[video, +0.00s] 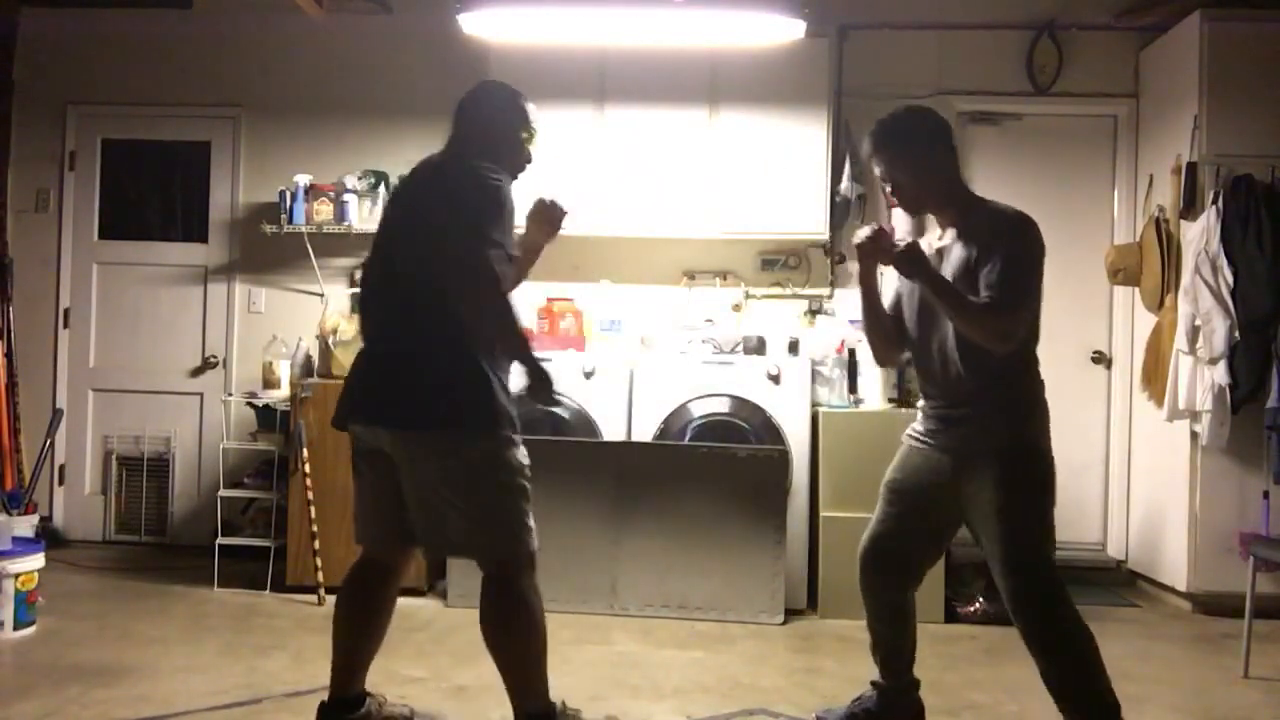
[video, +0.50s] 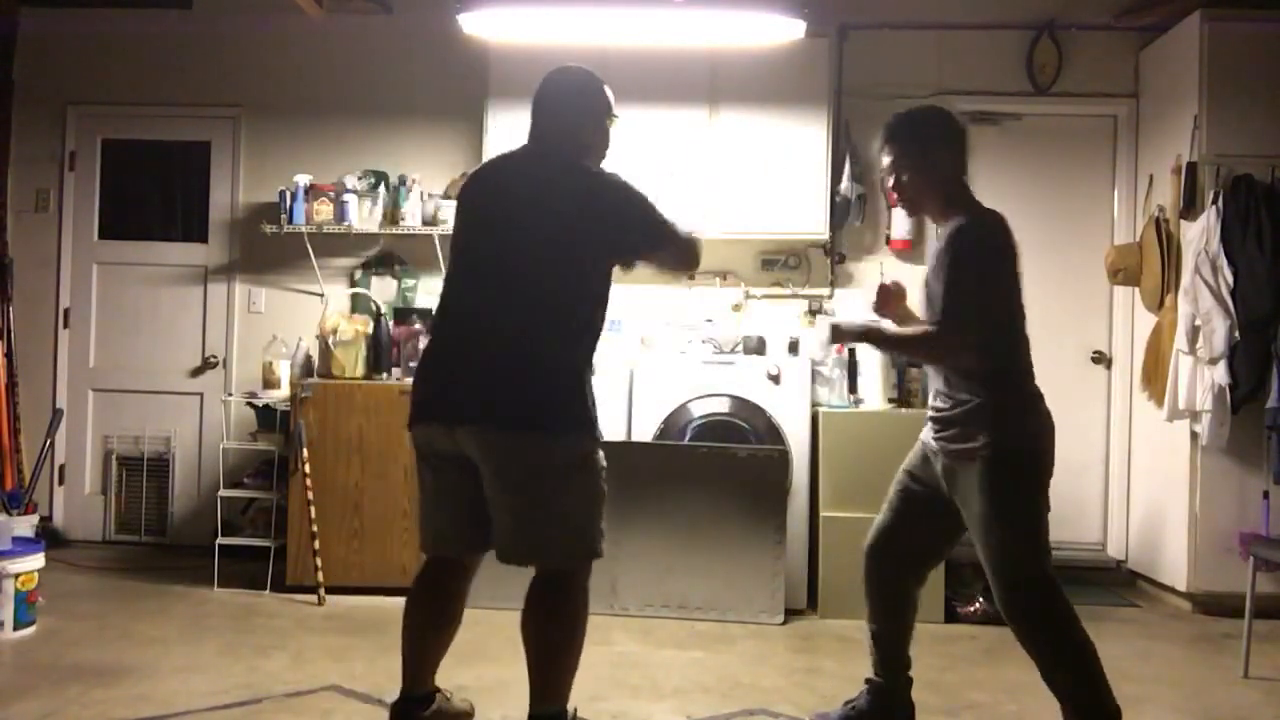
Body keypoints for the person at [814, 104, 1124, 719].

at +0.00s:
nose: (886, 191)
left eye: (893, 175)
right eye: (881, 178)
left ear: (934, 162)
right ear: (920, 171)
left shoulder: (1011, 232)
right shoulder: (916, 252)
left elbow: (1003, 333)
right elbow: (888, 350)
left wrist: (915, 268)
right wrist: (867, 275)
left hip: (1004, 439)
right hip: (933, 435)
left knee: (1032, 597)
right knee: (882, 563)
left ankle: (1100, 716)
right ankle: (896, 695)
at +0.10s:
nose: (893, 191)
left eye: (900, 174)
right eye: (889, 177)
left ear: (944, 164)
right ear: (925, 172)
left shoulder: (1015, 236)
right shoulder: (923, 252)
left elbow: (1004, 336)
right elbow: (905, 358)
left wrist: (924, 278)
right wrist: (878, 291)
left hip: (1010, 443)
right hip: (940, 438)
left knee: (1038, 609)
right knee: (877, 568)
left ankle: (1102, 718)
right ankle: (893, 696)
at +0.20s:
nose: (888, 190)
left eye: (895, 174)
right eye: (883, 177)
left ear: (936, 163)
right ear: (916, 174)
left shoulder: (994, 230)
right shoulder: (925, 254)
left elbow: (950, 313)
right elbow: (905, 353)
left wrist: (883, 276)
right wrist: (876, 286)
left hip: (1005, 444)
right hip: (942, 442)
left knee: (1034, 602)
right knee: (890, 565)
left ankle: (1100, 717)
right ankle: (888, 697)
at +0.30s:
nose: (877, 186)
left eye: (883, 170)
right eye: (872, 173)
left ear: (925, 160)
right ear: (920, 165)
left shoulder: (965, 229)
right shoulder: (928, 239)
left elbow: (867, 284)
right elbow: (919, 347)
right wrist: (880, 290)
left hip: (1006, 437)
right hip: (948, 435)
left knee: (1034, 604)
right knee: (900, 563)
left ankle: (1098, 715)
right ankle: (890, 696)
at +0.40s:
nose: (879, 183)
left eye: (886, 167)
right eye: (875, 170)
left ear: (927, 160)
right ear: (932, 163)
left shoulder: (956, 233)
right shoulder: (936, 230)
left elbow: (869, 317)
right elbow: (941, 336)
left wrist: (784, 318)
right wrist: (891, 292)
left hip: (998, 435)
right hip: (949, 431)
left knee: (1027, 596)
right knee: (902, 561)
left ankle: (1096, 714)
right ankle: (891, 696)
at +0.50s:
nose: (888, 185)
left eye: (898, 169)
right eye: (886, 172)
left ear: (939, 164)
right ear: (932, 171)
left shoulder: (975, 235)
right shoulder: (950, 236)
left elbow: (960, 347)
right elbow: (958, 334)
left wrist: (872, 337)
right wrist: (906, 314)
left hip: (998, 443)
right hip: (945, 438)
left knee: (1026, 598)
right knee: (887, 559)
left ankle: (1097, 715)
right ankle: (889, 695)